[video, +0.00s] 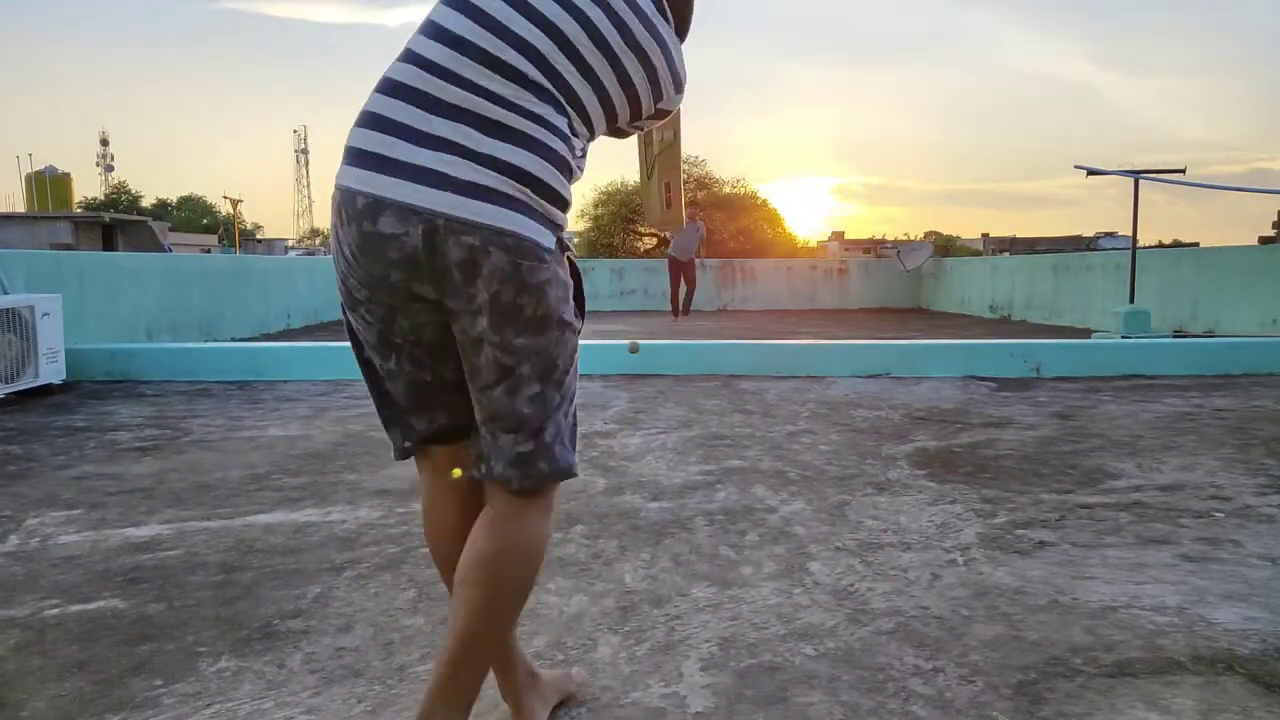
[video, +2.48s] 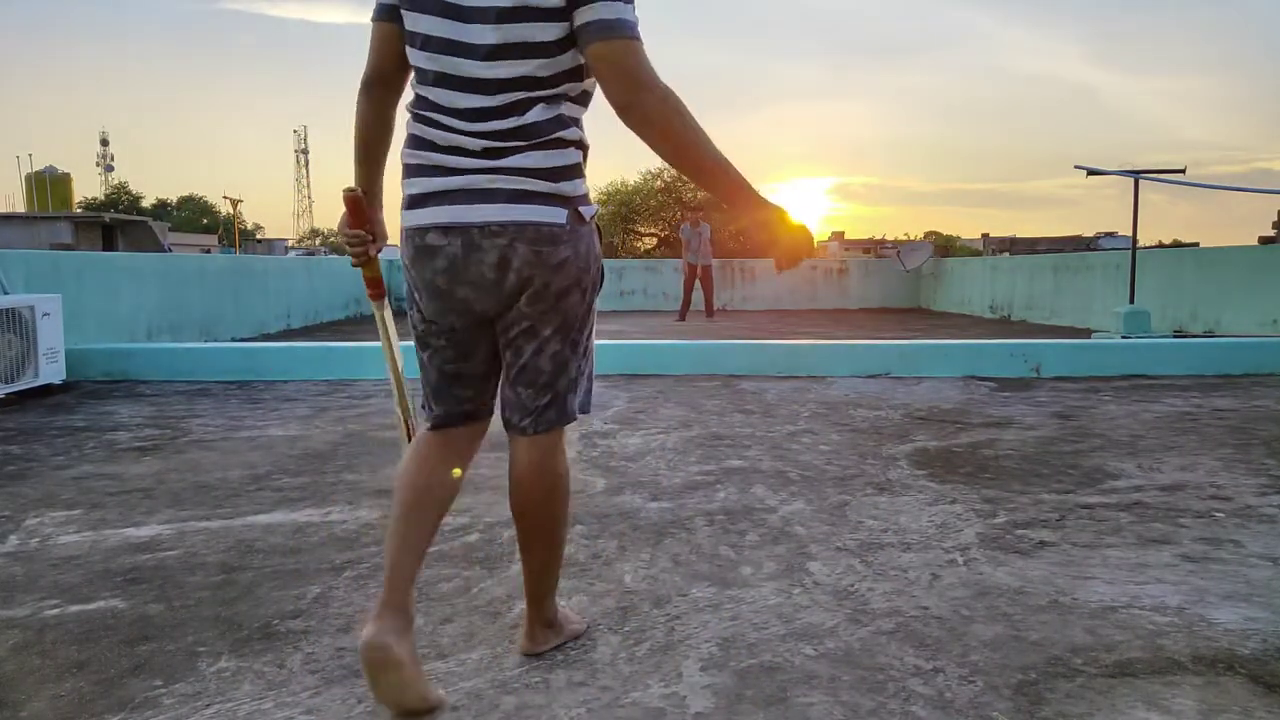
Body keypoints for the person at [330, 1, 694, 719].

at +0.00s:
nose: (683, 30)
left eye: (684, 20)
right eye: (684, 22)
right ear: (674, 8)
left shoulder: (494, 1)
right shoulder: (661, 58)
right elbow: (627, 120)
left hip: (370, 199)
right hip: (498, 224)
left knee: (445, 460)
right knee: (523, 484)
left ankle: (522, 686)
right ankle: (440, 710)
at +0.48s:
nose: (711, 16)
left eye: (714, 9)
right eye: (714, 9)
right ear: (699, 2)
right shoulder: (693, 65)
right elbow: (623, 119)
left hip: (483, 236)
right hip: (589, 251)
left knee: (512, 437)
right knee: (617, 414)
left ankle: (535, 662)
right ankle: (639, 574)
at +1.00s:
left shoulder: (564, 1)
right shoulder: (705, 41)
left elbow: (477, 45)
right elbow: (680, 155)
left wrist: (488, 134)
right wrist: (685, 208)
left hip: (522, 212)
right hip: (615, 227)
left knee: (527, 385)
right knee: (627, 399)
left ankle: (517, 546)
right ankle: (631, 574)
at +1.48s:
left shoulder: (471, 5)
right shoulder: (617, 8)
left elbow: (444, 106)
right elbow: (699, 27)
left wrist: (399, 201)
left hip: (498, 224)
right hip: (586, 228)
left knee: (511, 390)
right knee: (604, 388)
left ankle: (518, 548)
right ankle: (614, 551)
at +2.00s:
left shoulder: (454, 5)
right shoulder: (622, 15)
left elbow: (422, 102)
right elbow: (624, 148)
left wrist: (378, 201)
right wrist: (587, 203)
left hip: (490, 223)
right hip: (586, 223)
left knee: (504, 401)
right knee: (566, 409)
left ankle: (516, 550)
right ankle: (541, 610)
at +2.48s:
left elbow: (380, 83)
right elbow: (634, 90)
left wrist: (364, 192)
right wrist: (741, 198)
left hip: (434, 219)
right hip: (543, 218)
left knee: (450, 417)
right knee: (538, 427)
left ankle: (389, 615)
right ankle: (540, 615)